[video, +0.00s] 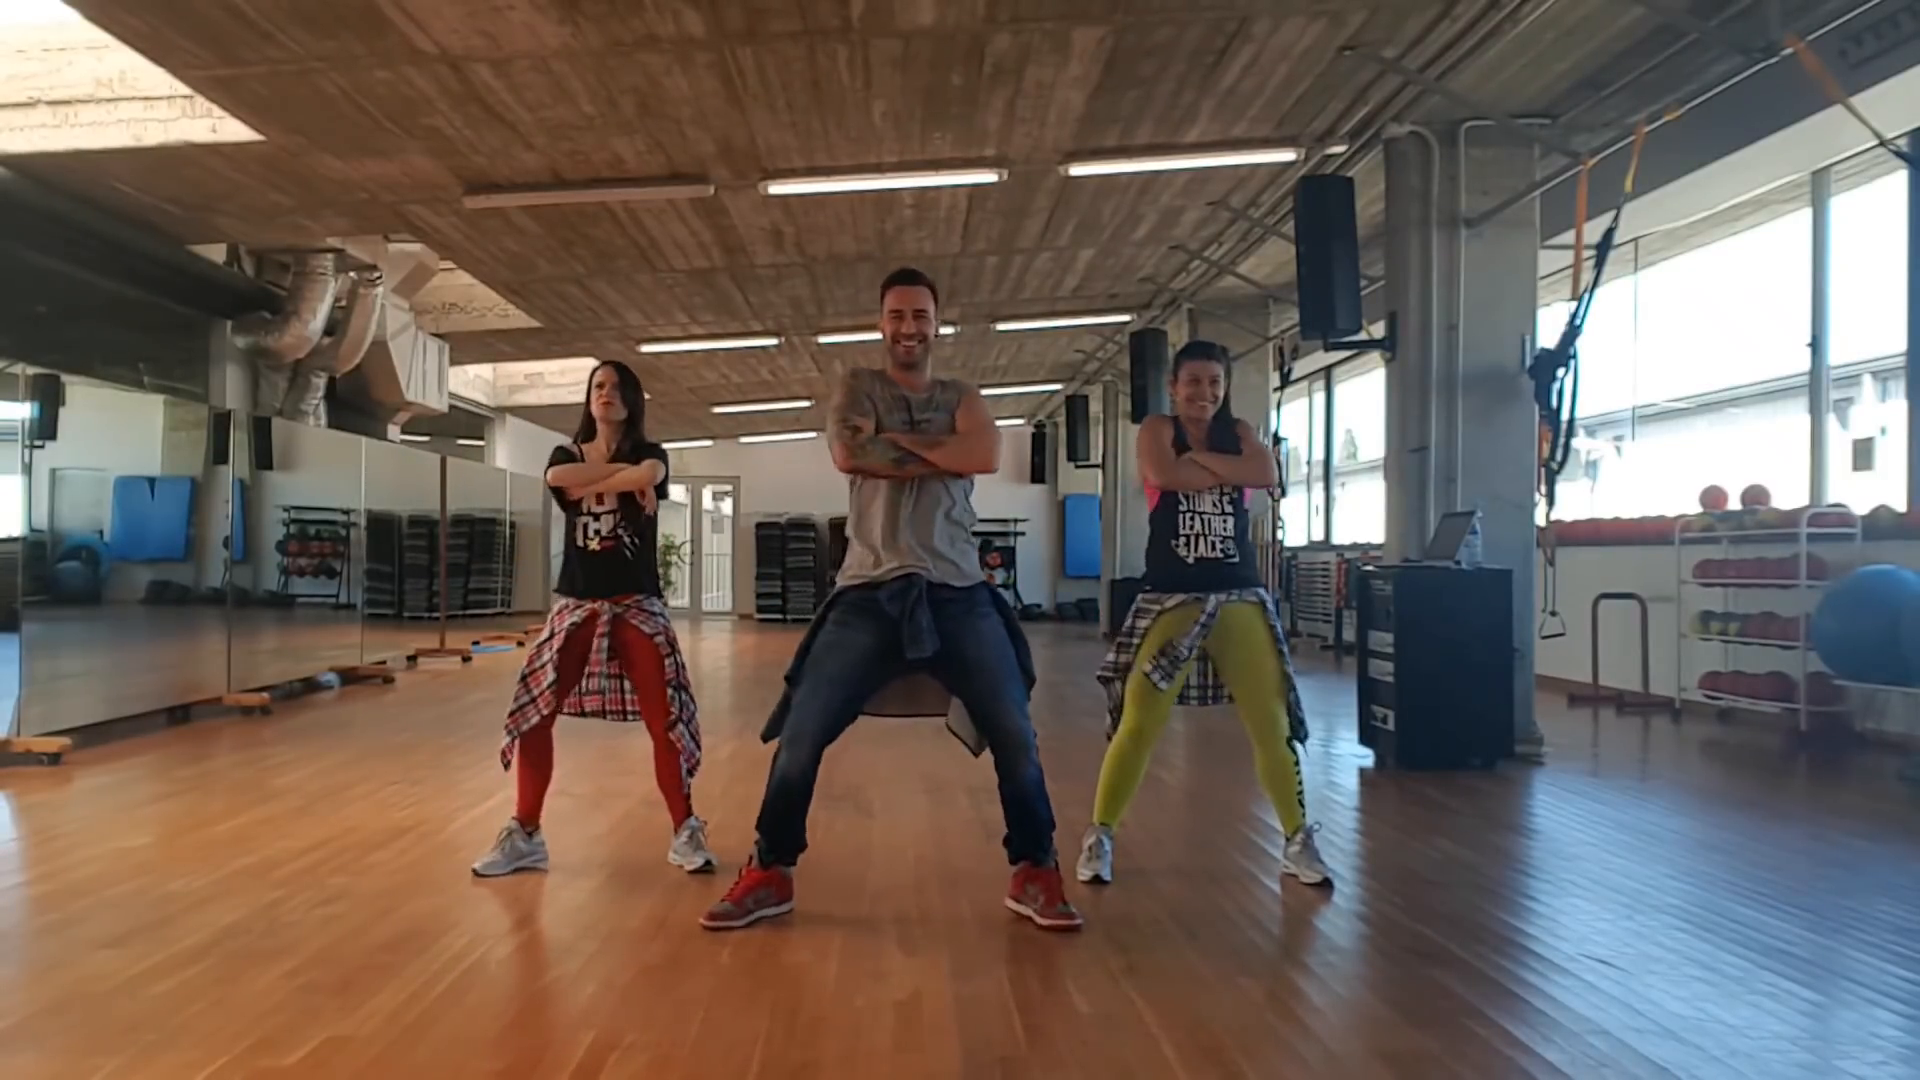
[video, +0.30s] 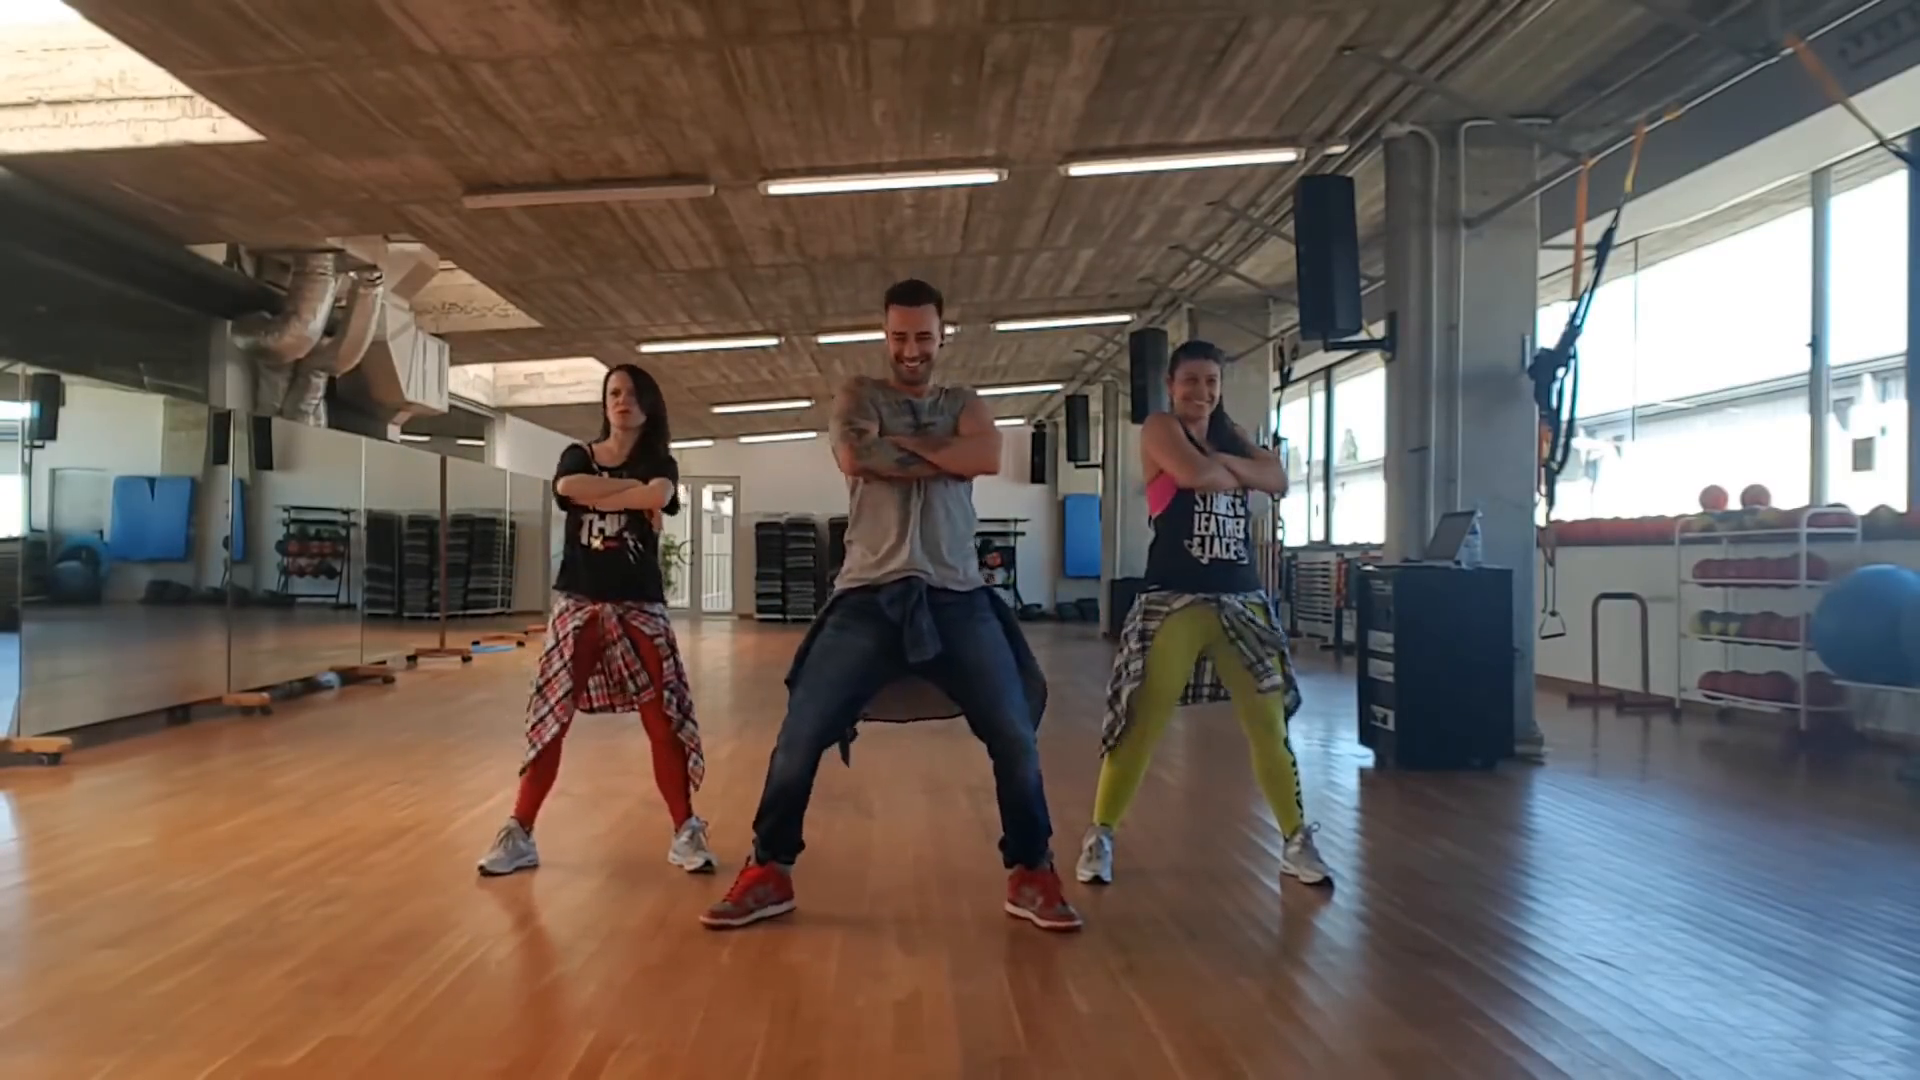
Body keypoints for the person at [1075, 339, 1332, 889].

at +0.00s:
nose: (1201, 392)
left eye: (1212, 383)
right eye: (1192, 382)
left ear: (1224, 388)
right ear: (1173, 385)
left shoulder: (1240, 431)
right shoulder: (1156, 429)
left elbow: (1265, 474)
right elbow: (1161, 475)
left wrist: (1194, 455)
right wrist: (1232, 469)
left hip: (1238, 594)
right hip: (1169, 596)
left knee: (1270, 723)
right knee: (1138, 724)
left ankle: (1298, 841)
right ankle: (1099, 838)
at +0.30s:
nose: (1201, 390)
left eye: (1210, 381)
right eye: (1190, 380)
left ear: (1221, 388)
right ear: (1170, 385)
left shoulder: (1234, 438)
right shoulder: (1157, 427)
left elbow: (1276, 480)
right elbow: (1198, 476)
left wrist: (1219, 456)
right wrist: (1247, 473)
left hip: (1240, 599)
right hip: (1174, 598)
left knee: (1269, 723)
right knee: (1144, 720)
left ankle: (1297, 842)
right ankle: (1100, 838)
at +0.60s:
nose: (1199, 390)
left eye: (1210, 381)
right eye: (1189, 380)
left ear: (1223, 386)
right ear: (1171, 385)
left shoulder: (1238, 424)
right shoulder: (1156, 433)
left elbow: (1229, 467)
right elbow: (1132, 482)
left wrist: (1162, 458)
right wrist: (1204, 466)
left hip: (1232, 593)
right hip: (1161, 593)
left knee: (1262, 717)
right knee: (1135, 716)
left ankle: (1297, 840)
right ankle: (1098, 837)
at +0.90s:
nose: (1211, 389)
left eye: (1220, 379)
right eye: (1200, 379)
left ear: (1231, 385)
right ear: (1180, 384)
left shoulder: (1245, 426)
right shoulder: (1161, 427)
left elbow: (1264, 469)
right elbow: (1162, 475)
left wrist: (1193, 453)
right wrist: (1234, 466)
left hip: (1236, 593)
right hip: (1167, 594)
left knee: (1273, 720)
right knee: (1135, 723)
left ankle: (1299, 841)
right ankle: (1098, 838)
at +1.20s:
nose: (1219, 385)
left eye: (1228, 376)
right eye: (1208, 376)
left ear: (1241, 384)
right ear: (1188, 384)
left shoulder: (1251, 432)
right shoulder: (1177, 428)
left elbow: (1291, 483)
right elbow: (1202, 480)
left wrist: (1229, 466)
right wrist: (1260, 482)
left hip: (1248, 597)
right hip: (1181, 597)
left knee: (1278, 724)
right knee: (1146, 719)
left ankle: (1298, 843)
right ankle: (1100, 838)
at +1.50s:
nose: (1186, 386)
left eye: (1196, 377)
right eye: (1177, 376)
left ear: (1209, 385)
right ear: (1158, 382)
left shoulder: (1222, 428)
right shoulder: (1140, 434)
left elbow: (1228, 473)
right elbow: (1125, 487)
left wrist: (1159, 466)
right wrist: (1193, 474)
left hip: (1216, 592)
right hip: (1148, 591)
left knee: (1253, 719)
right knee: (1125, 717)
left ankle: (1294, 841)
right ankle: (1096, 837)